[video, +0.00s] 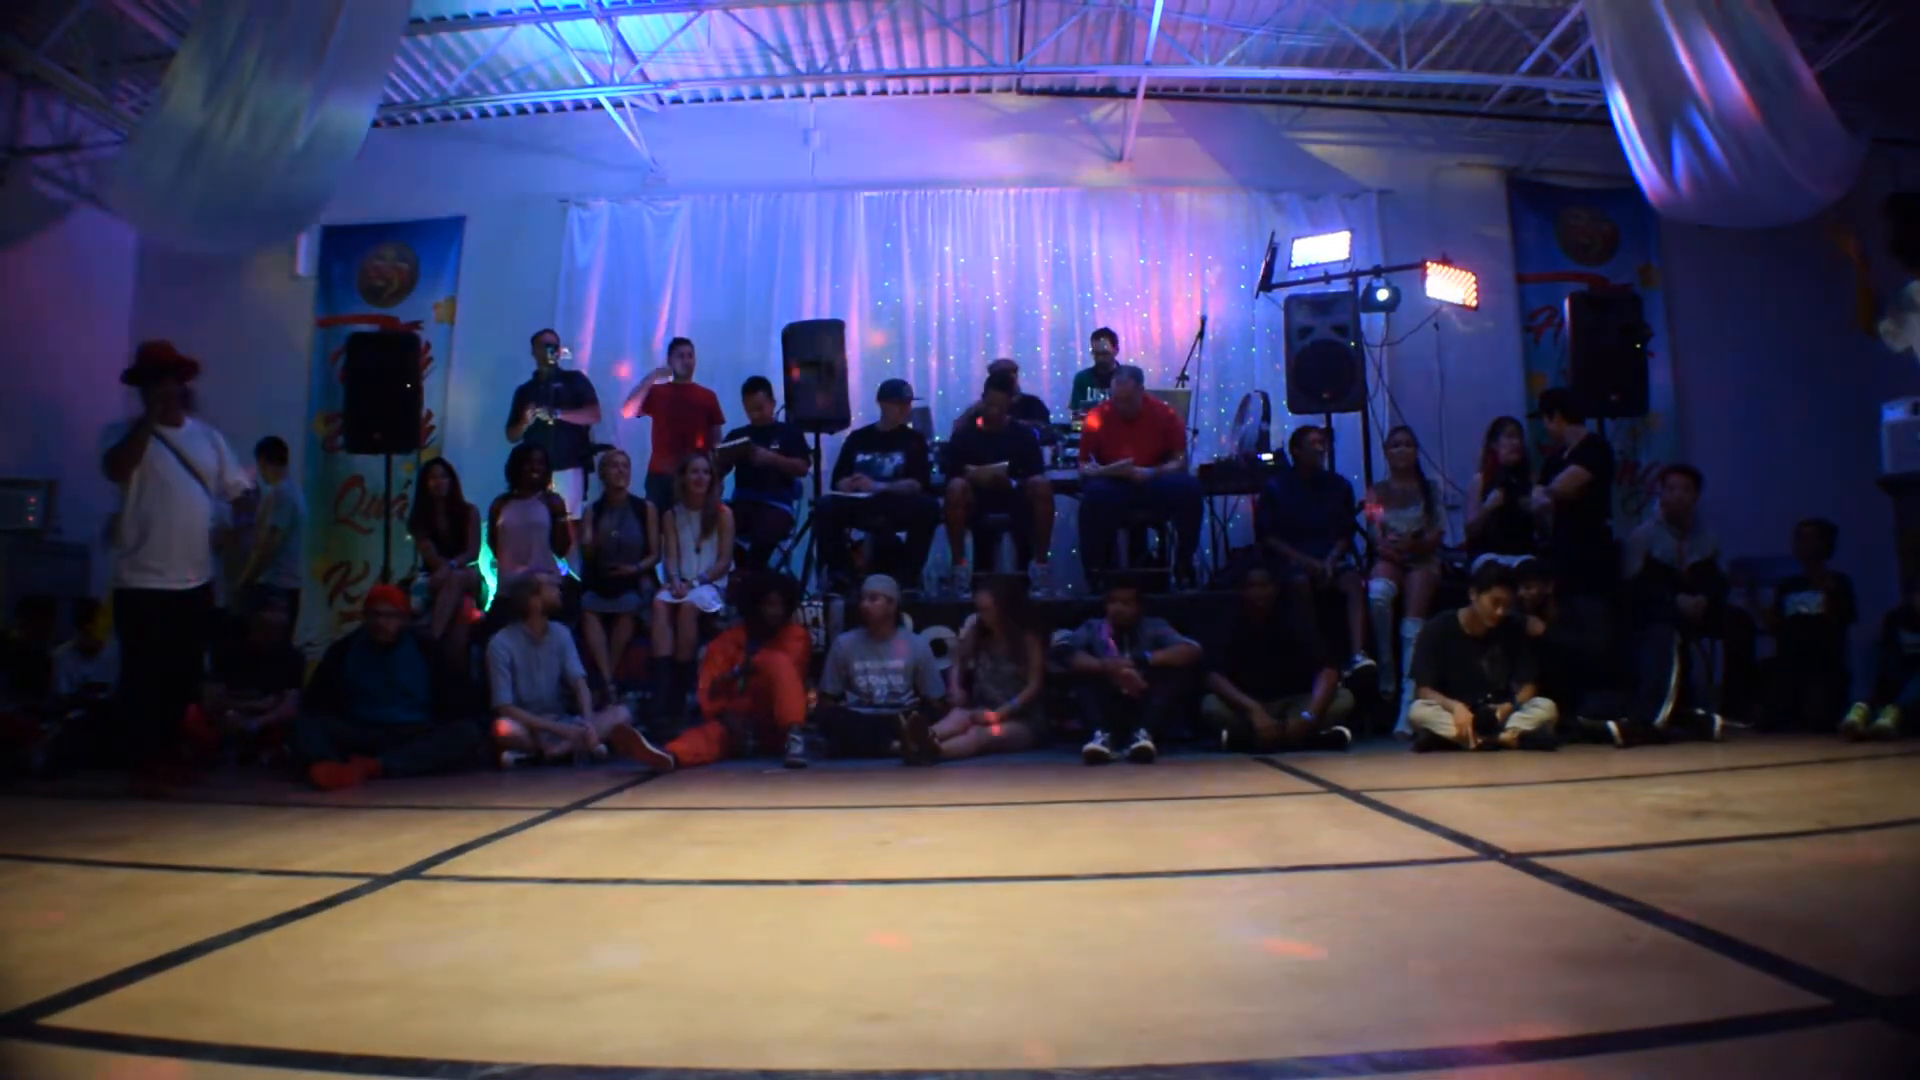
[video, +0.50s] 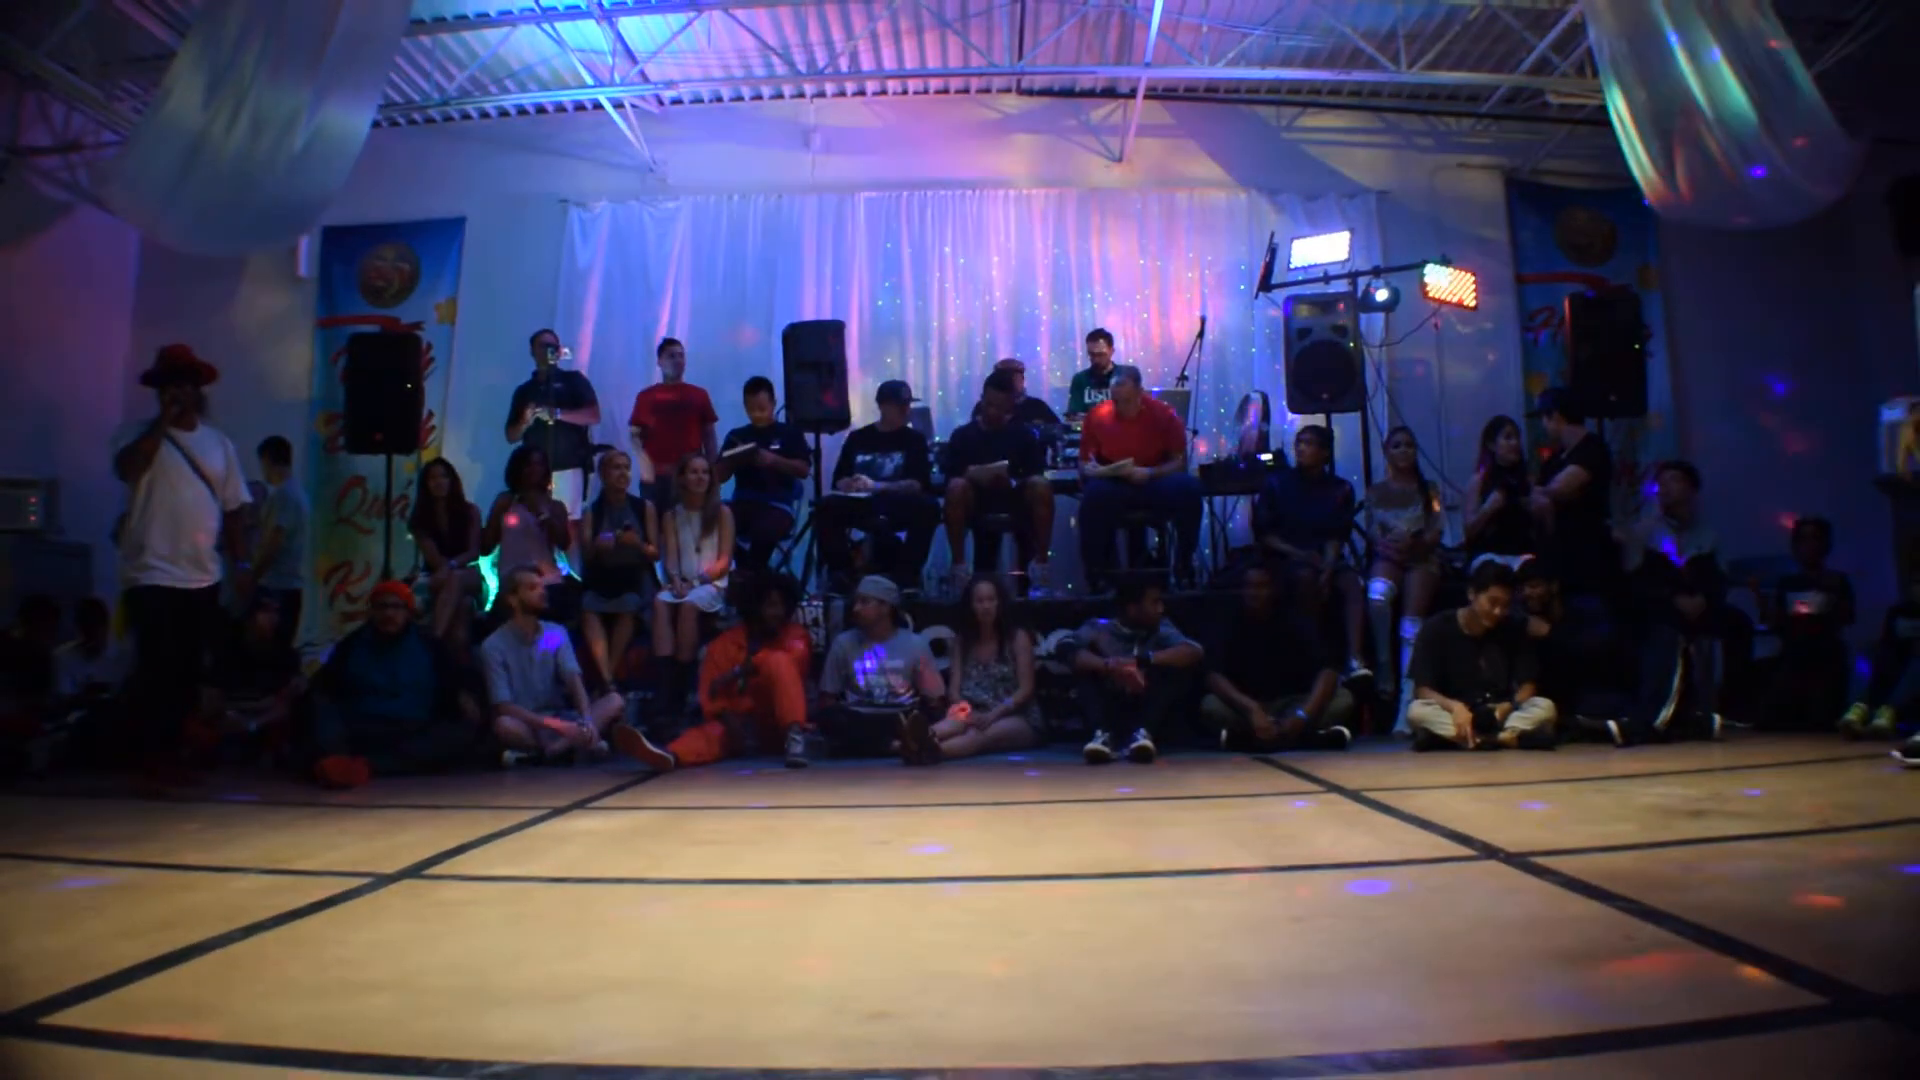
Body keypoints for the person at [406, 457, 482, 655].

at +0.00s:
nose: (439, 483)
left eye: (443, 477)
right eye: (433, 478)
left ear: (452, 481)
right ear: (424, 484)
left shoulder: (469, 512)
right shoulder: (420, 514)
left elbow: (473, 551)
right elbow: (427, 550)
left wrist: (450, 566)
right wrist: (448, 568)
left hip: (467, 570)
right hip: (435, 573)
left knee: (456, 577)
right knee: (461, 601)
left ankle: (434, 636)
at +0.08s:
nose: (438, 483)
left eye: (443, 477)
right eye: (432, 478)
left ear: (451, 480)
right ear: (424, 484)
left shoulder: (468, 511)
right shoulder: (419, 514)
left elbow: (473, 550)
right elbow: (427, 552)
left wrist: (450, 566)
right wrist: (447, 568)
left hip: (466, 570)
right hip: (435, 573)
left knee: (457, 579)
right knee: (461, 601)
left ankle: (434, 636)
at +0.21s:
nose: (437, 482)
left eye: (442, 477)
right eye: (431, 478)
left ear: (450, 480)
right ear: (423, 484)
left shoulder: (468, 511)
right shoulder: (418, 514)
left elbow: (472, 551)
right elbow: (426, 551)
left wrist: (449, 565)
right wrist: (448, 568)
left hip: (466, 571)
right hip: (433, 575)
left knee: (454, 578)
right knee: (462, 602)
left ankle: (433, 637)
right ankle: (456, 667)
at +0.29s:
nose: (438, 482)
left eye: (442, 477)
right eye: (432, 478)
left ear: (450, 480)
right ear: (423, 483)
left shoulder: (468, 511)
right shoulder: (417, 515)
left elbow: (472, 549)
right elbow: (427, 553)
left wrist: (450, 565)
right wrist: (447, 569)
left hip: (466, 569)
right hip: (435, 574)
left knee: (454, 578)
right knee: (462, 601)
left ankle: (432, 637)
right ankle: (457, 661)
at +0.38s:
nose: (438, 483)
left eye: (442, 477)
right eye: (432, 478)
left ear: (450, 480)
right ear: (423, 483)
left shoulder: (467, 511)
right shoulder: (418, 514)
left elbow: (472, 552)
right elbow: (427, 552)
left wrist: (450, 565)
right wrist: (446, 568)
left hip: (466, 572)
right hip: (433, 575)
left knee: (452, 578)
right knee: (464, 604)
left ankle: (434, 636)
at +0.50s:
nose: (439, 482)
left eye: (444, 476)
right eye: (433, 478)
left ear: (452, 480)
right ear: (425, 484)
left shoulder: (470, 511)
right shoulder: (421, 514)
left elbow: (474, 551)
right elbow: (430, 555)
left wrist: (450, 565)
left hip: (468, 571)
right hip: (436, 574)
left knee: (454, 579)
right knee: (464, 602)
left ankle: (435, 638)